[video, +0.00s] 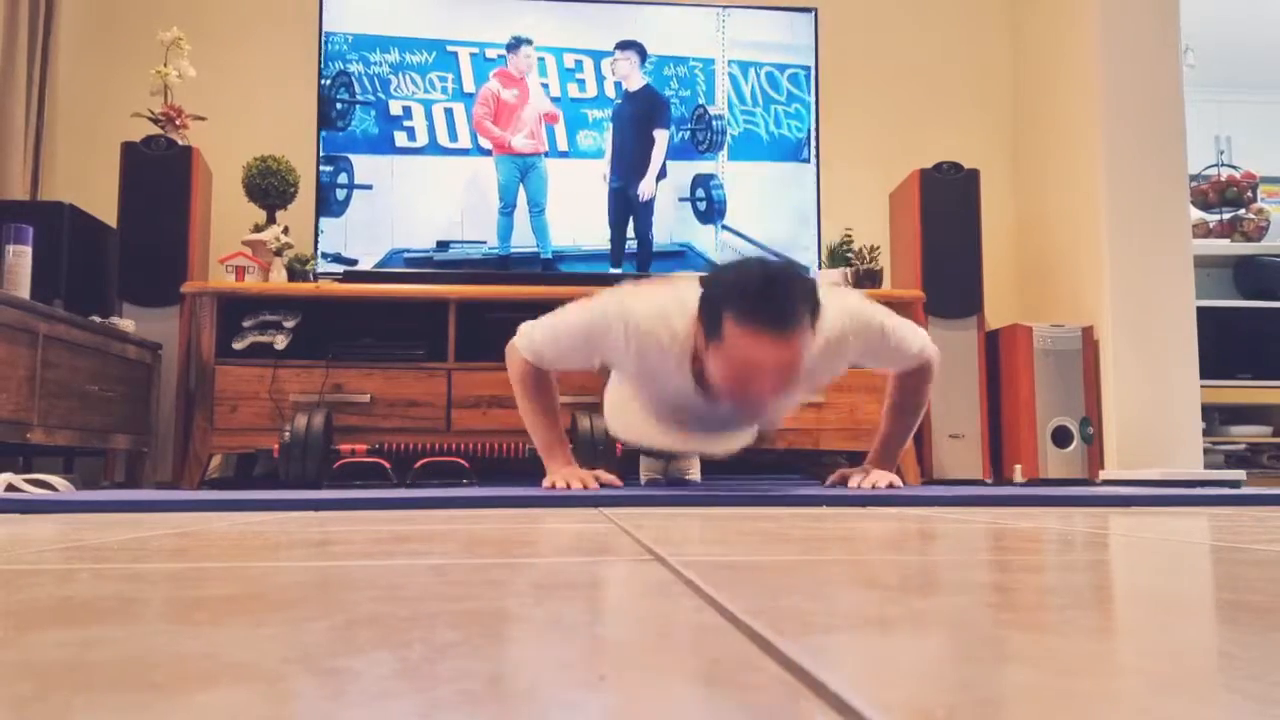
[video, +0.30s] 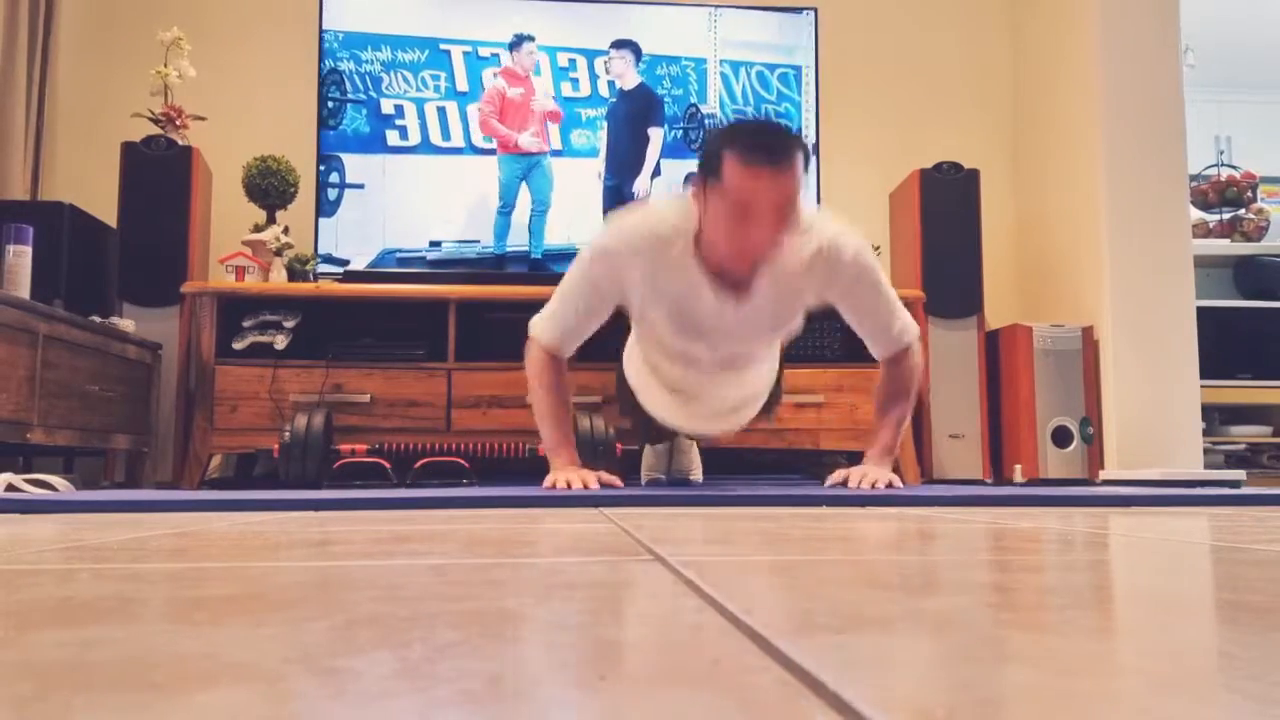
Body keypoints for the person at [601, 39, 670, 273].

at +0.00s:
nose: (615, 65)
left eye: (621, 60)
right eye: (614, 60)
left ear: (635, 63)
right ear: (616, 63)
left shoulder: (656, 101)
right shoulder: (620, 101)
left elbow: (661, 143)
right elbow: (613, 137)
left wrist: (650, 178)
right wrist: (608, 164)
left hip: (641, 176)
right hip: (618, 175)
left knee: (642, 230)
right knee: (616, 229)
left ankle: (642, 275)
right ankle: (614, 271)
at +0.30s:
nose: (607, 63)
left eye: (612, 58)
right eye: (608, 58)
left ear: (628, 61)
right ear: (624, 62)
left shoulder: (650, 98)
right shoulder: (616, 99)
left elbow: (656, 138)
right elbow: (608, 135)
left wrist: (645, 175)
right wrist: (603, 162)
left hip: (635, 178)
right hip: (612, 176)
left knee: (636, 236)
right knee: (613, 234)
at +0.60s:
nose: (602, 62)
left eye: (607, 57)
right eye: (603, 57)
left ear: (622, 60)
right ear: (618, 60)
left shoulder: (645, 97)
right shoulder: (610, 97)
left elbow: (650, 135)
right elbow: (601, 131)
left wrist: (639, 173)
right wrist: (595, 159)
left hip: (630, 177)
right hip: (606, 174)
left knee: (626, 232)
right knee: (606, 231)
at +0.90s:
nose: (602, 61)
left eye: (607, 57)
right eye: (601, 56)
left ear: (622, 59)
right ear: (605, 59)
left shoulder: (642, 97)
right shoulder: (606, 96)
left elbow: (647, 137)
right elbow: (597, 130)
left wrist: (636, 173)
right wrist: (593, 158)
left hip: (628, 171)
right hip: (604, 169)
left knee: (628, 223)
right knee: (602, 219)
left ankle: (627, 268)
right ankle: (601, 262)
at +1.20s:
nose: (604, 61)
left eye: (610, 56)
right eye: (602, 56)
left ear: (624, 60)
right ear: (603, 59)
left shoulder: (643, 98)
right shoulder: (605, 100)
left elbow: (649, 141)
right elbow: (600, 141)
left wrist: (644, 174)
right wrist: (596, 173)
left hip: (636, 172)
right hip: (607, 172)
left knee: (635, 230)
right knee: (609, 228)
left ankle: (635, 274)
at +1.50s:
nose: (603, 62)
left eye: (608, 58)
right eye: (603, 58)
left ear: (623, 61)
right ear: (608, 61)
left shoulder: (643, 97)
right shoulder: (605, 97)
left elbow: (648, 137)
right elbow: (599, 131)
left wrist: (638, 172)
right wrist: (593, 157)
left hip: (629, 171)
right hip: (605, 169)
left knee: (629, 222)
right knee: (603, 219)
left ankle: (627, 267)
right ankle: (601, 261)